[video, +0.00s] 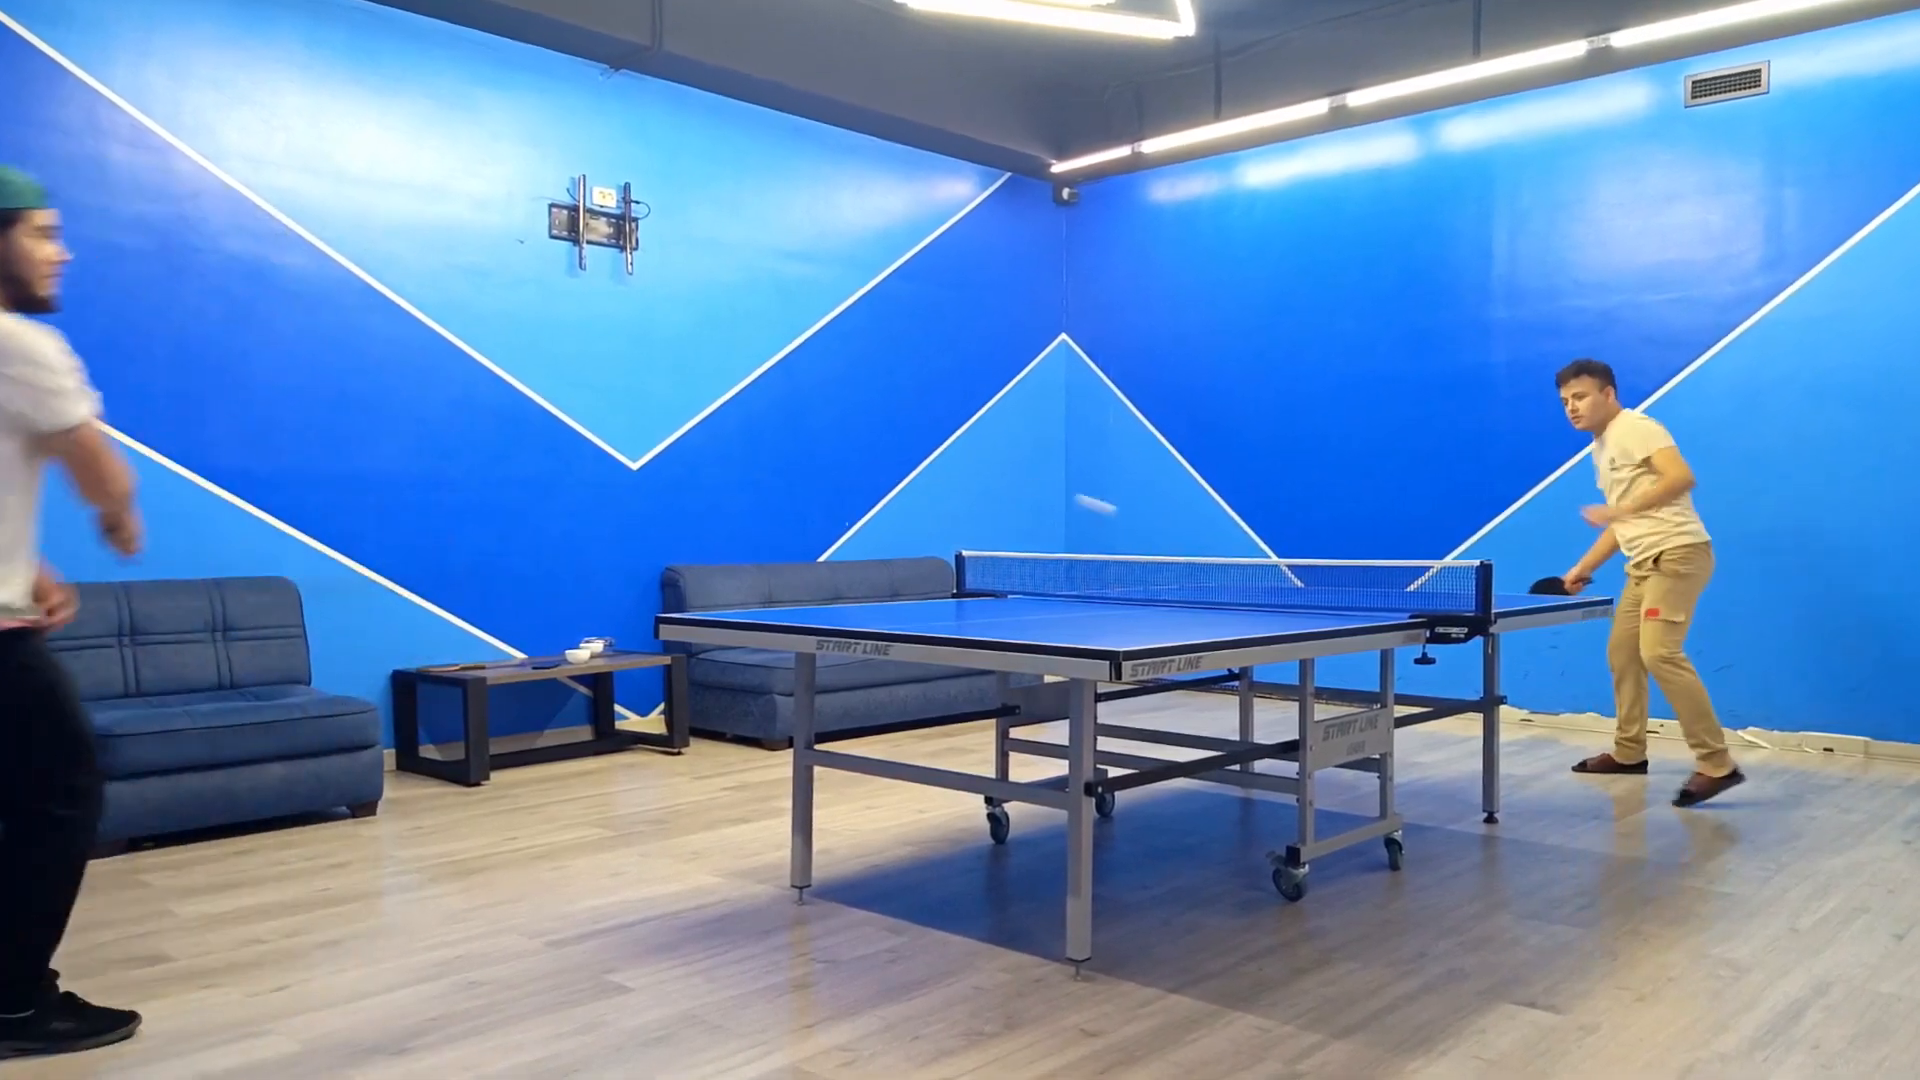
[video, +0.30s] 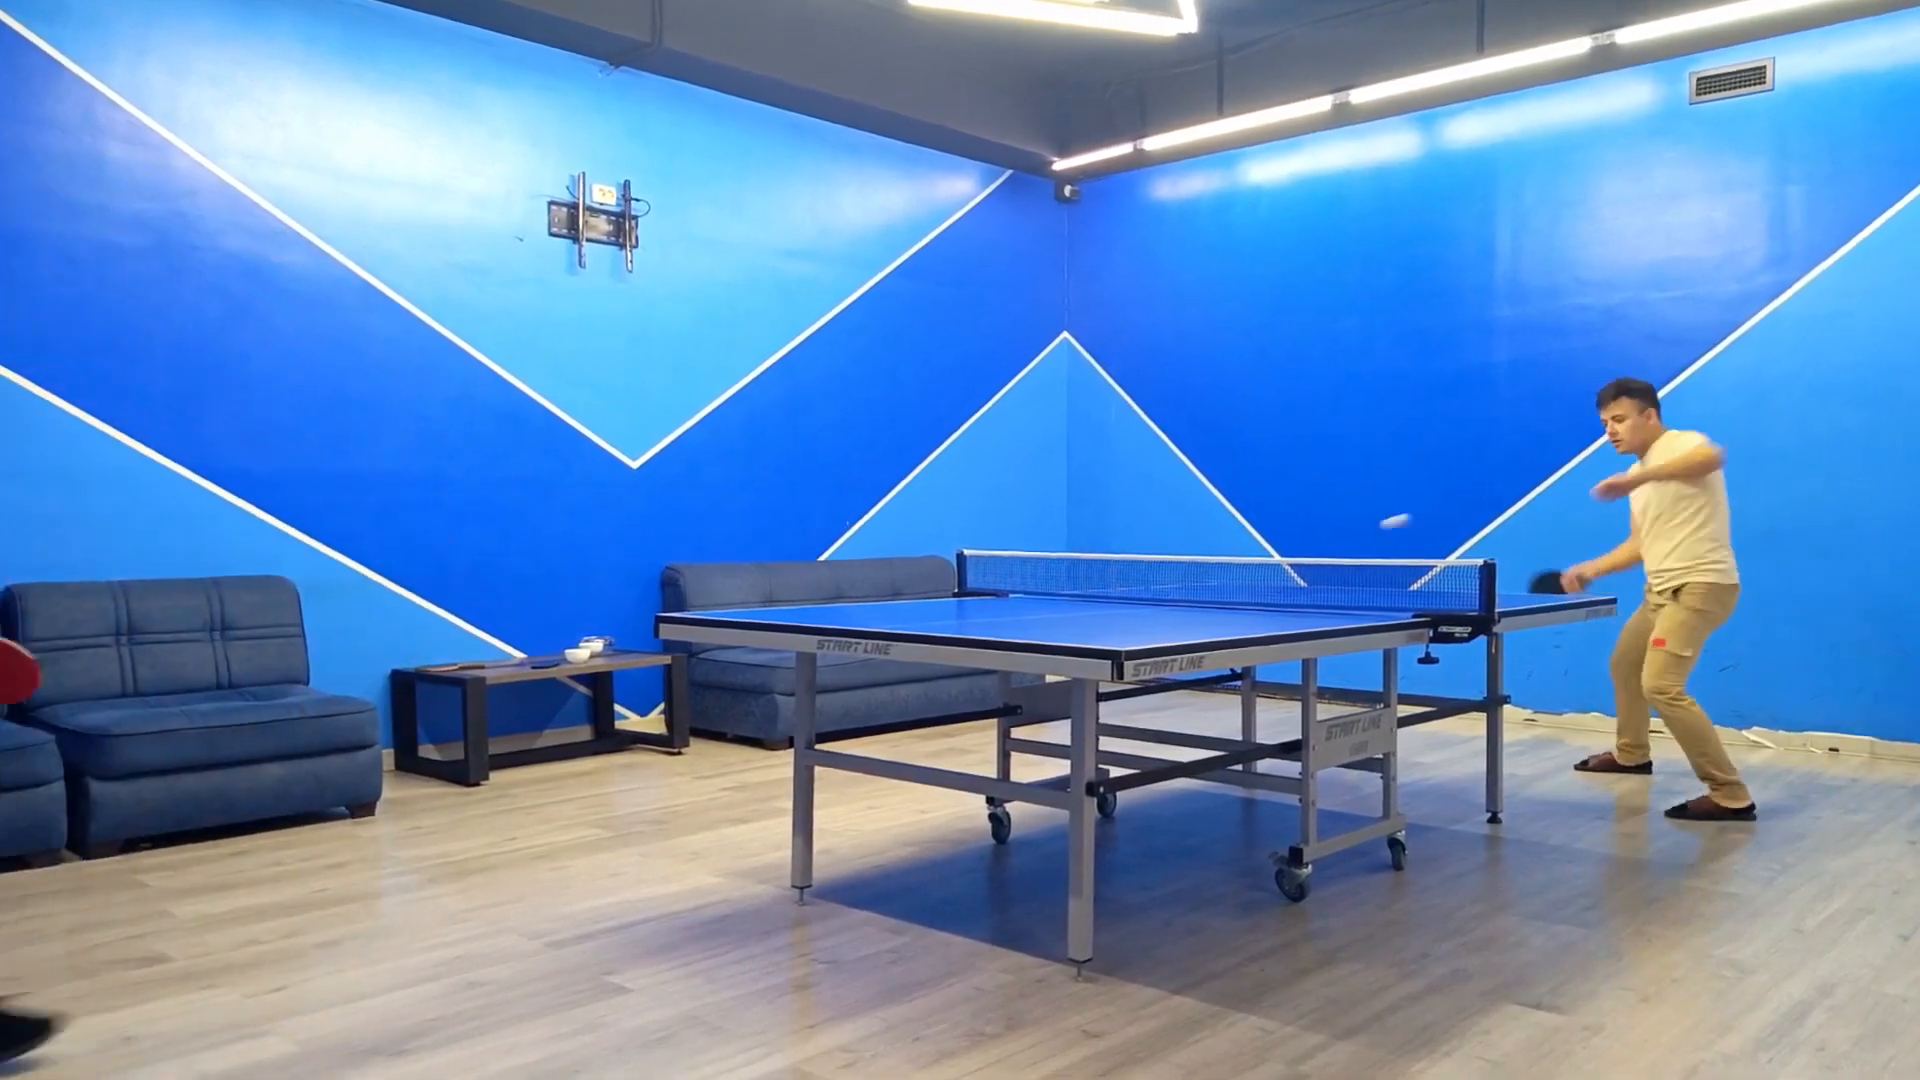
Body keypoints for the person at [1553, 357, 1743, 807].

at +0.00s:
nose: (1571, 408)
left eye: (1579, 397)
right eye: (1565, 401)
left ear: (1609, 395)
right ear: (1566, 406)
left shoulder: (1636, 427)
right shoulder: (1601, 451)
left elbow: (1681, 476)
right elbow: (1623, 519)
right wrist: (1584, 567)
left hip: (1679, 552)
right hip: (1642, 563)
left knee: (1659, 651)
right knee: (1623, 652)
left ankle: (1717, 765)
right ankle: (1629, 754)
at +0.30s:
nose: (1611, 431)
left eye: (1618, 420)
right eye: (1606, 424)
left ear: (1650, 415)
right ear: (1607, 429)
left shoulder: (1680, 442)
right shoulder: (1639, 478)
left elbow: (1712, 457)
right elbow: (1639, 546)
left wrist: (1638, 477)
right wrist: (1587, 570)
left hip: (1703, 582)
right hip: (1661, 589)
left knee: (1662, 685)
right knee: (1625, 666)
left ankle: (1730, 796)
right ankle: (1631, 755)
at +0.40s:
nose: (1615, 425)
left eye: (1623, 413)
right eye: (1610, 417)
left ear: (1656, 408)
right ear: (1612, 420)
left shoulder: (1699, 435)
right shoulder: (1629, 465)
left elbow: (1773, 428)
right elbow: (1619, 524)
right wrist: (1567, 538)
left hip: (1718, 578)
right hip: (1670, 583)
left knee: (1673, 679)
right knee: (1642, 671)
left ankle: (1730, 795)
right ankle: (1636, 755)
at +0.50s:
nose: (1616, 419)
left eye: (1624, 409)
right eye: (1611, 411)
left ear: (1656, 402)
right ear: (1611, 411)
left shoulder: (1714, 422)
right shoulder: (1629, 451)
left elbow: (1787, 411)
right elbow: (1605, 490)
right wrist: (1551, 503)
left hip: (1725, 569)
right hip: (1672, 574)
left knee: (1692, 675)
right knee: (1653, 666)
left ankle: (1730, 794)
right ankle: (1649, 757)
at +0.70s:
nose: (1620, 409)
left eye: (1629, 398)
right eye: (1615, 400)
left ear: (1664, 392)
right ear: (1618, 401)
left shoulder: (1721, 415)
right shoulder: (1622, 439)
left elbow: (1807, 410)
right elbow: (1590, 481)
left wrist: (1886, 389)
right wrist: (1536, 494)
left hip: (1724, 565)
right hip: (1663, 568)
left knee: (1719, 675)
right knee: (1646, 661)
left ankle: (1732, 793)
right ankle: (1644, 745)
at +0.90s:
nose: (1607, 424)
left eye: (1616, 413)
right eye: (1604, 414)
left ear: (1651, 411)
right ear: (1605, 415)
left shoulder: (1708, 440)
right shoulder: (1614, 457)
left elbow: (1788, 474)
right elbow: (1588, 519)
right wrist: (1553, 530)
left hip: (1705, 579)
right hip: (1647, 580)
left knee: (1686, 671)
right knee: (1607, 662)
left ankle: (1723, 792)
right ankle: (1617, 747)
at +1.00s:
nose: (1600, 432)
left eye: (1610, 422)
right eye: (1595, 424)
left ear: (1643, 421)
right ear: (1594, 426)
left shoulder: (1694, 459)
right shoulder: (1605, 470)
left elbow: (1766, 505)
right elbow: (1576, 530)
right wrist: (1542, 538)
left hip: (1692, 590)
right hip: (1637, 592)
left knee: (1668, 676)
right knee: (1587, 671)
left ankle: (1721, 792)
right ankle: (1616, 754)